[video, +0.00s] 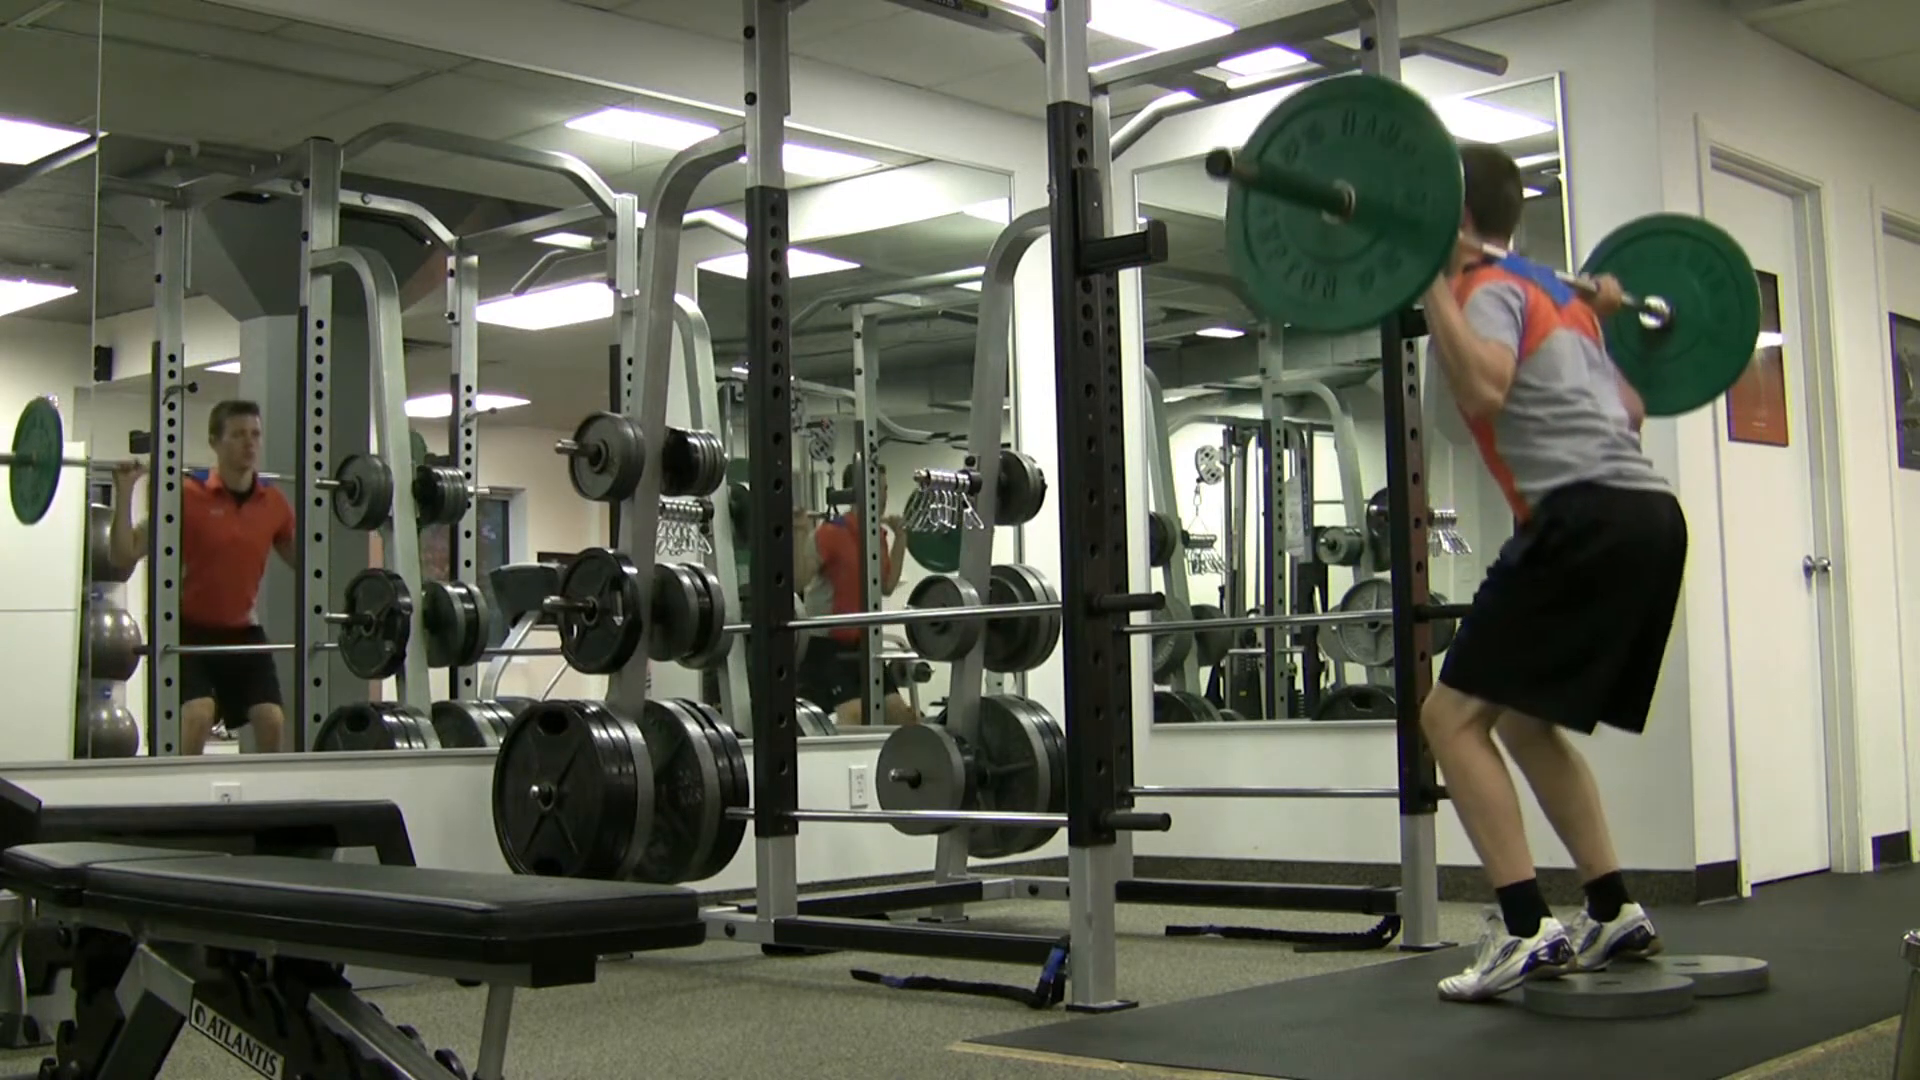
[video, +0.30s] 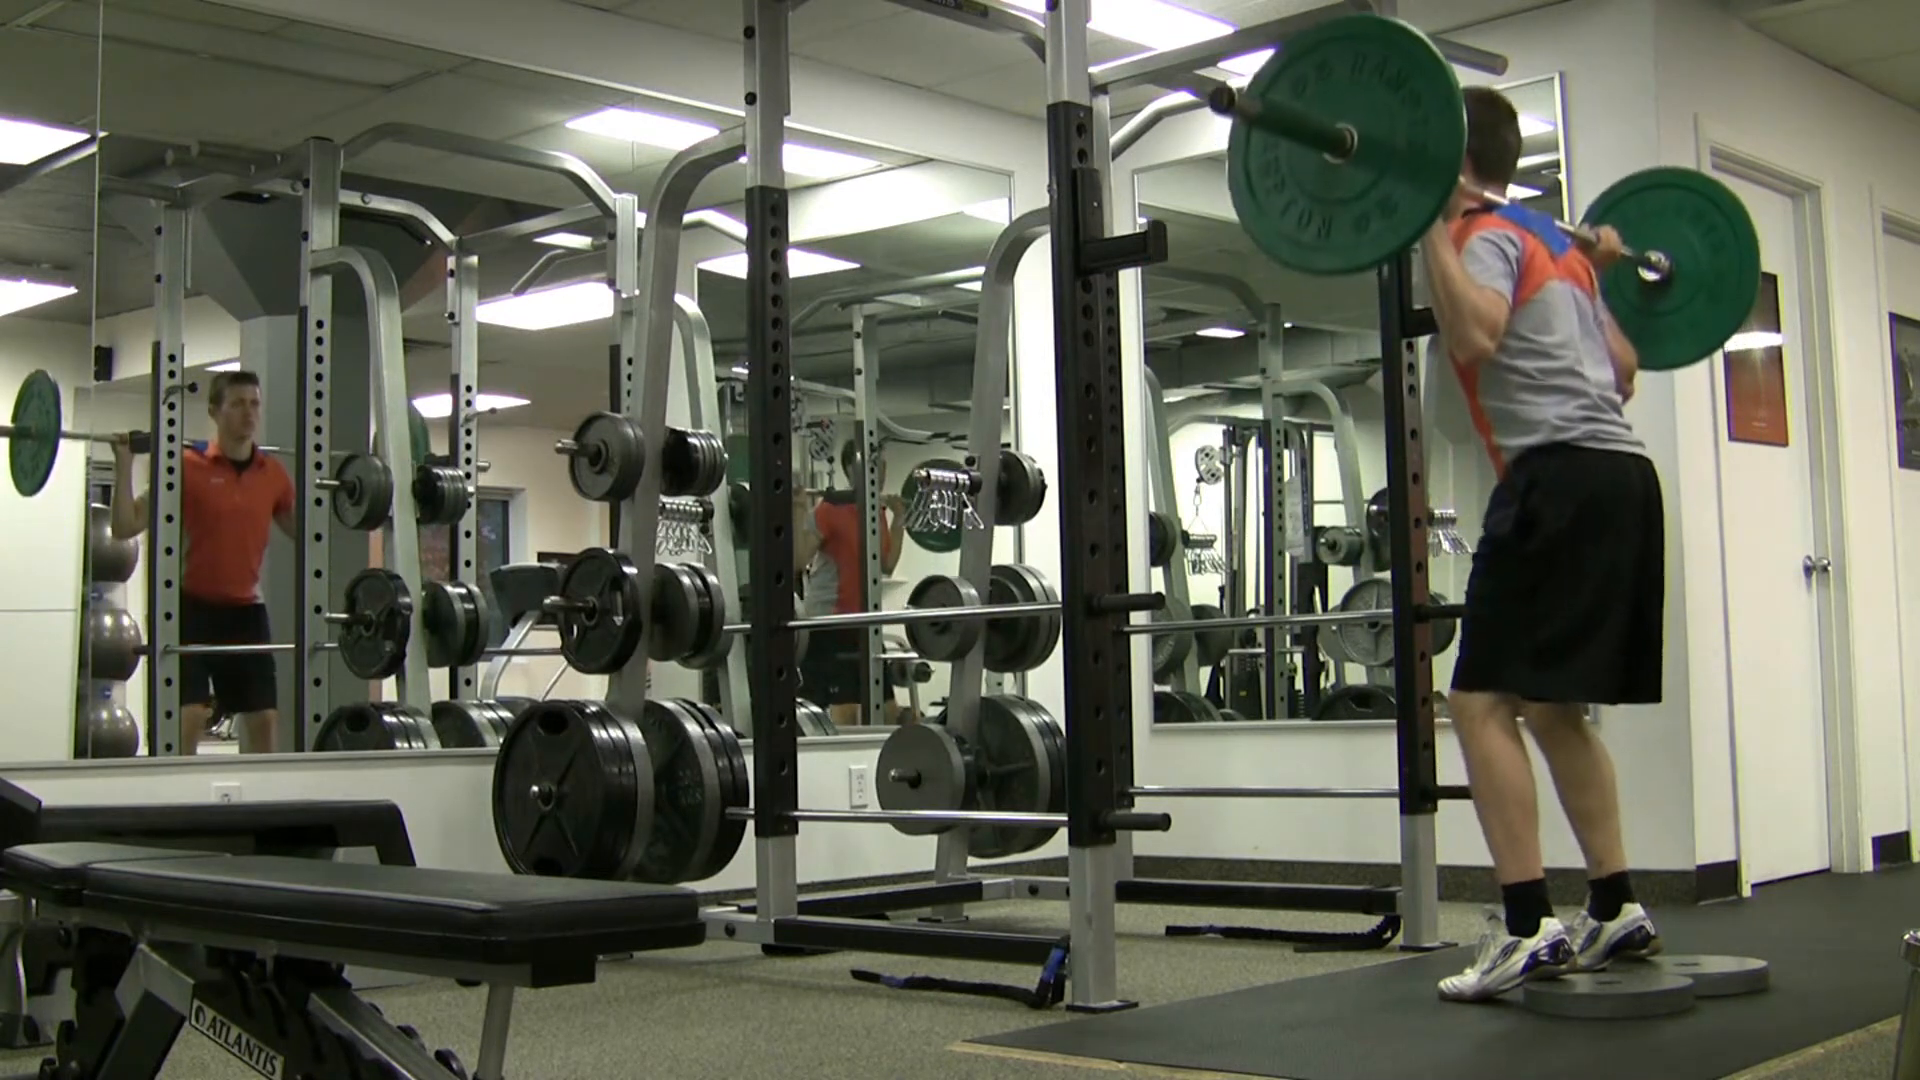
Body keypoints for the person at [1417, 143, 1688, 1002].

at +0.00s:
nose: (1435, 231)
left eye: (1437, 215)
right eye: (1440, 213)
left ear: (1452, 217)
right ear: (1515, 220)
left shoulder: (1491, 286)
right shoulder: (1563, 298)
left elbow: (1485, 391)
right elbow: (1628, 410)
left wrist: (1433, 286)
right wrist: (1600, 312)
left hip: (1584, 519)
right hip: (1650, 520)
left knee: (1449, 713)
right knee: (1522, 718)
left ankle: (1523, 928)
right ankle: (1615, 911)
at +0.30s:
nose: (1432, 170)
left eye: (1436, 152)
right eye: (1438, 153)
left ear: (1457, 158)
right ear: (1512, 162)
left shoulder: (1487, 233)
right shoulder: (1565, 246)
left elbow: (1476, 338)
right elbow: (1621, 368)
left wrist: (1431, 230)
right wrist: (1602, 266)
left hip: (1557, 480)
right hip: (1623, 482)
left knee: (1478, 702)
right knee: (1556, 709)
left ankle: (1527, 929)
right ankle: (1617, 910)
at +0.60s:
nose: (1427, 151)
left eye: (1432, 132)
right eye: (1435, 133)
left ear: (1457, 137)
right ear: (1511, 139)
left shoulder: (1485, 212)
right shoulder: (1561, 223)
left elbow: (1473, 321)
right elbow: (1616, 352)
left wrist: (1432, 212)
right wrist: (1600, 249)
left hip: (1534, 472)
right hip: (1597, 469)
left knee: (1502, 702)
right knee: (1579, 700)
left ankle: (1528, 929)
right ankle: (1619, 910)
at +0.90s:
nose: (1426, 144)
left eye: (1432, 124)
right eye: (1437, 124)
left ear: (1454, 132)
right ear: (1512, 135)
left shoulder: (1487, 210)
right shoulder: (1563, 221)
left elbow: (1473, 318)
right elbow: (1614, 354)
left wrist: (1432, 210)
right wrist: (1601, 246)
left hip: (1523, 470)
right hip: (1589, 469)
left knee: (1518, 697)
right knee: (1597, 697)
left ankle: (1530, 927)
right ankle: (1621, 909)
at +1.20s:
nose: (1427, 139)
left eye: (1433, 120)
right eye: (1437, 119)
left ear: (1455, 130)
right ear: (1512, 133)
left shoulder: (1489, 209)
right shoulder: (1561, 220)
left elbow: (1476, 319)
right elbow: (1615, 353)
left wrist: (1433, 209)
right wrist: (1601, 246)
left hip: (1526, 471)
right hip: (1593, 471)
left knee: (1500, 697)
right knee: (1583, 697)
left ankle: (1529, 928)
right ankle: (1619, 909)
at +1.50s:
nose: (1429, 186)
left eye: (1433, 165)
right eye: (1437, 166)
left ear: (1452, 171)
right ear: (1510, 177)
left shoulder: (1486, 247)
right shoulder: (1559, 257)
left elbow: (1476, 353)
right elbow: (1616, 381)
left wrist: (1430, 246)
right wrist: (1596, 276)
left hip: (1550, 498)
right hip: (1617, 501)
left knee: (1450, 707)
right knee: (1537, 709)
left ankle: (1524, 929)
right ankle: (1614, 909)